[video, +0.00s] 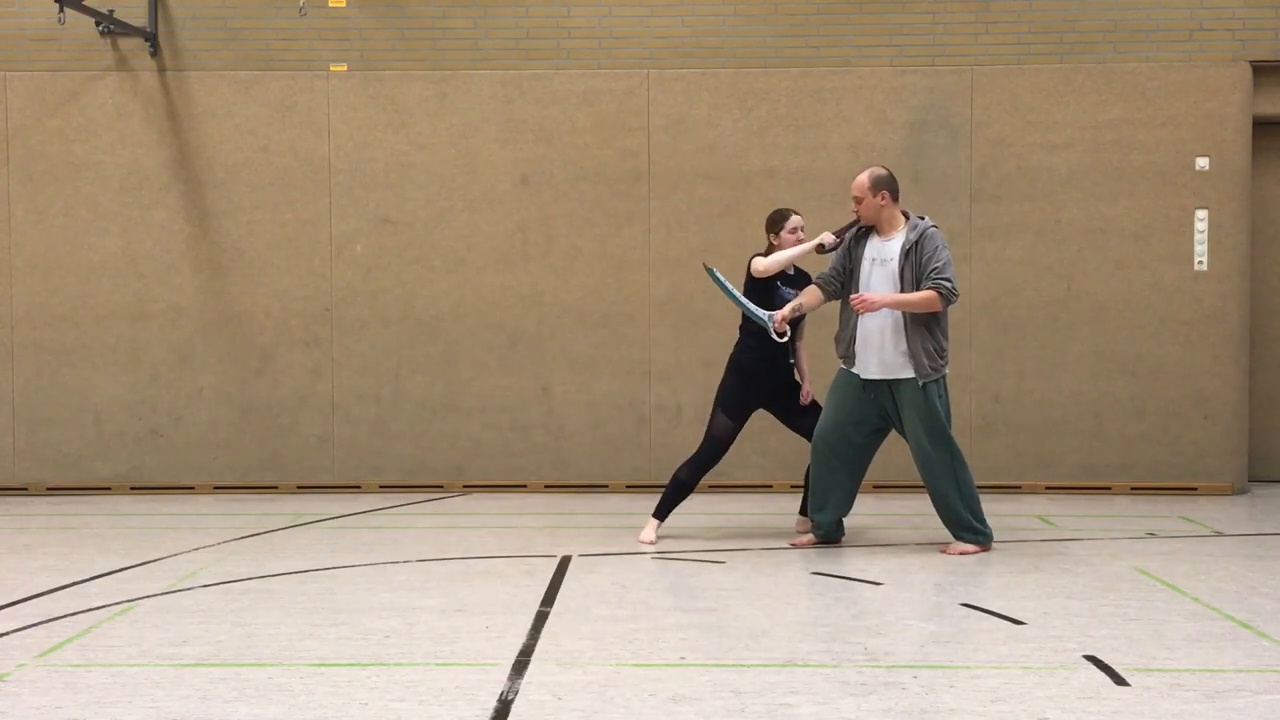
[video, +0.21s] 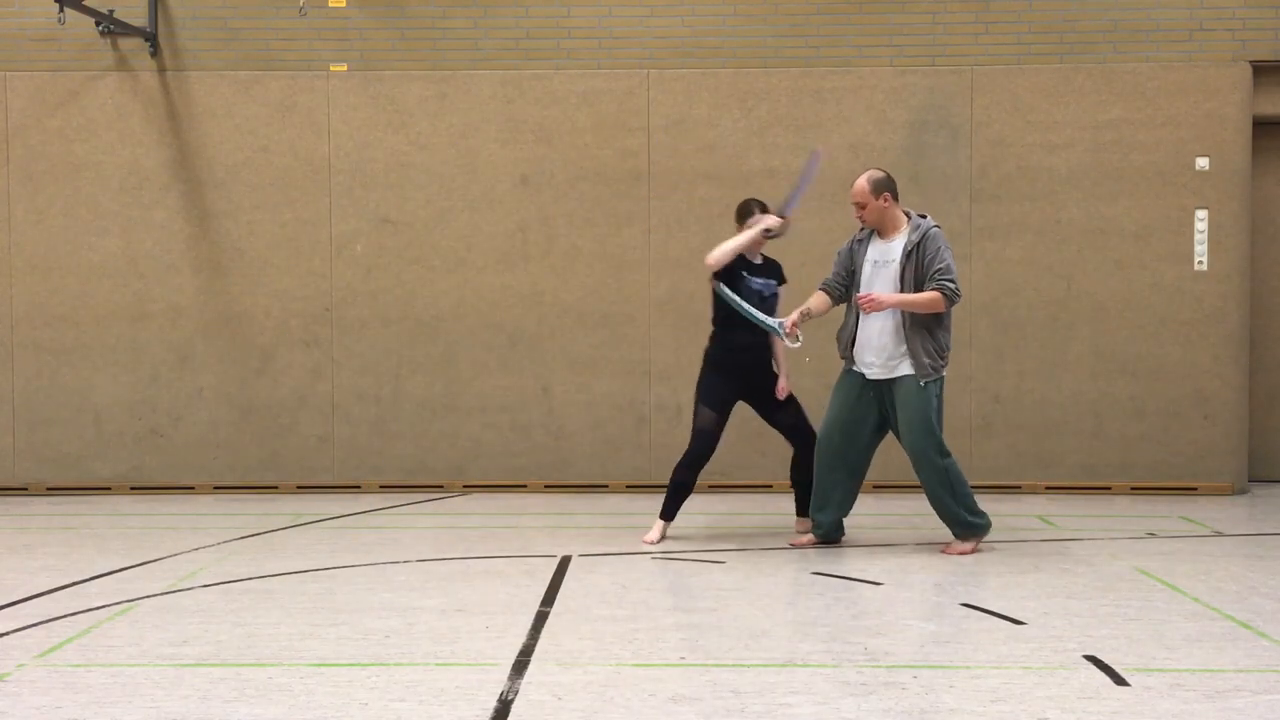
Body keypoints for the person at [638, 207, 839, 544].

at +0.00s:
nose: (803, 236)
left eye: (803, 230)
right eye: (795, 231)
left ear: (802, 234)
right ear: (775, 236)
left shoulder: (804, 281)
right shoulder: (759, 265)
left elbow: (799, 338)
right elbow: (768, 265)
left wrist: (806, 379)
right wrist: (814, 245)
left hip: (780, 380)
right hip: (745, 377)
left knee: (830, 436)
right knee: (710, 452)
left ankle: (807, 518)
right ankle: (655, 521)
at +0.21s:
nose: (763, 233)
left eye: (767, 228)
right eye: (757, 227)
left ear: (768, 231)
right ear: (744, 227)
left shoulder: (772, 270)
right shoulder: (727, 259)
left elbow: (775, 324)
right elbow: (712, 262)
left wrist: (782, 372)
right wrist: (757, 227)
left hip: (759, 371)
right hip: (721, 370)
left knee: (805, 440)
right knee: (700, 448)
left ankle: (804, 521)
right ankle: (662, 524)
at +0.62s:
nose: (654, 226)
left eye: (661, 219)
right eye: (649, 218)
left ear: (673, 218)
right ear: (641, 216)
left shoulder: (685, 251)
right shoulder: (624, 246)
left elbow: (694, 310)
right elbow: (588, 293)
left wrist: (705, 357)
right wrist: (580, 254)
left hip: (675, 351)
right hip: (632, 352)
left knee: (684, 434)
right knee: (647, 440)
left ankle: (714, 496)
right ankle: (655, 523)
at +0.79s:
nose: (605, 228)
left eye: (612, 222)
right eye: (603, 221)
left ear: (631, 219)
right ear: (600, 218)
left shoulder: (651, 252)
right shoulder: (592, 248)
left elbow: (667, 306)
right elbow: (577, 303)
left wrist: (674, 356)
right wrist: (540, 299)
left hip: (636, 350)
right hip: (601, 350)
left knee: (601, 428)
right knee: (629, 434)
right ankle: (653, 519)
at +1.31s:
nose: (443, 230)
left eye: (447, 223)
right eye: (440, 223)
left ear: (468, 217)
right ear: (443, 221)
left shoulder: (494, 252)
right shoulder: (443, 249)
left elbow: (515, 309)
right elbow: (438, 300)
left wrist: (524, 360)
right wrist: (417, 321)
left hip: (480, 359)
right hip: (450, 359)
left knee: (465, 444)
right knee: (416, 437)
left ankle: (491, 529)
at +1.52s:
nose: (398, 235)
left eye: (404, 229)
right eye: (394, 229)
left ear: (422, 225)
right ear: (392, 225)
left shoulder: (444, 262)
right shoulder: (381, 258)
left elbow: (453, 318)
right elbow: (366, 309)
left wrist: (458, 365)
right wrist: (351, 316)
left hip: (426, 365)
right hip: (383, 363)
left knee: (445, 448)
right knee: (353, 443)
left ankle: (485, 527)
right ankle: (318, 518)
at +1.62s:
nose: (392, 237)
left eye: (398, 230)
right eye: (386, 230)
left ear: (408, 232)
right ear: (376, 230)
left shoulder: (420, 268)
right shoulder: (356, 263)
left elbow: (428, 324)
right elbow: (338, 317)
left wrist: (435, 367)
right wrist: (329, 306)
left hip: (400, 369)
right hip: (355, 368)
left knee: (430, 446)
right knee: (336, 447)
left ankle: (470, 525)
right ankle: (316, 522)